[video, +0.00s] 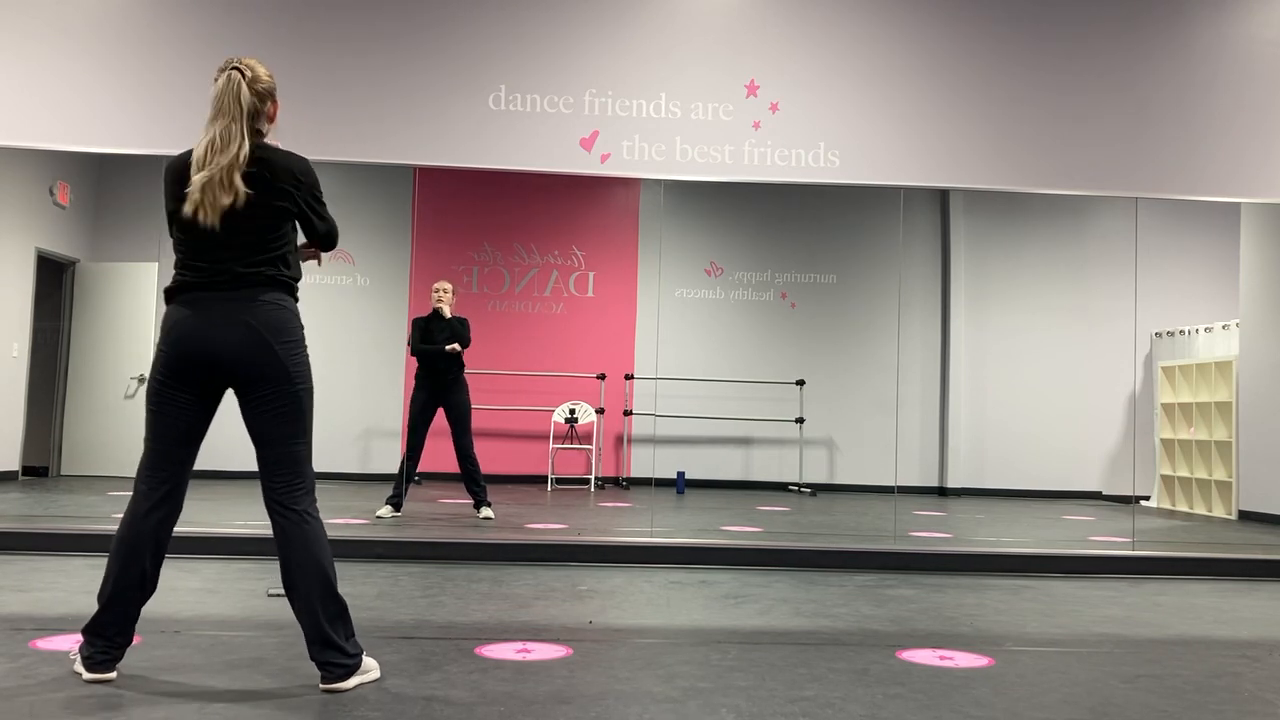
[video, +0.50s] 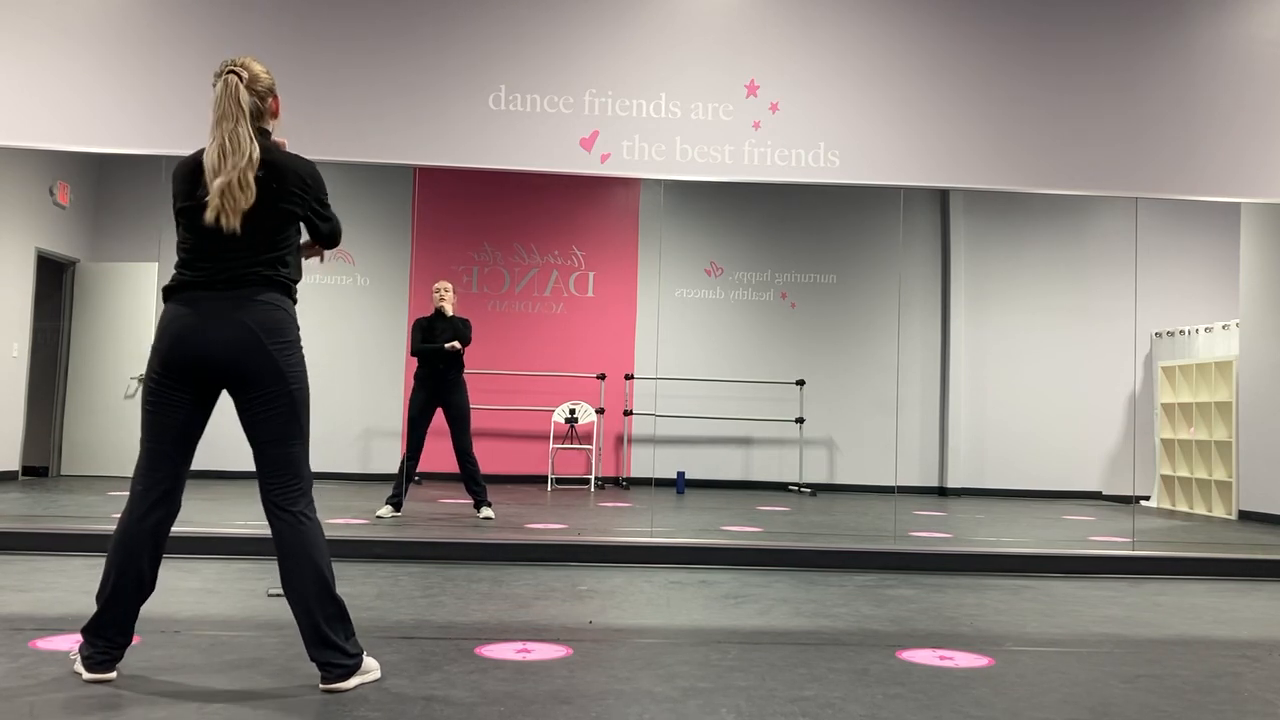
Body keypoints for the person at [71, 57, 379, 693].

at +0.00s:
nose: (280, 115)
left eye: (277, 106)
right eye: (279, 106)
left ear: (217, 105)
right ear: (269, 110)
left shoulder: (179, 169)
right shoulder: (289, 169)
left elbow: (193, 245)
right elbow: (326, 239)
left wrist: (286, 250)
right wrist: (277, 251)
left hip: (188, 327)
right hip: (268, 327)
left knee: (155, 489)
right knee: (292, 497)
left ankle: (101, 649)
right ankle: (338, 658)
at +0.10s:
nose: (281, 113)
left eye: (279, 103)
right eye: (280, 104)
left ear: (216, 105)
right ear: (268, 108)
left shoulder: (183, 171)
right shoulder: (290, 169)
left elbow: (190, 244)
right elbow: (329, 242)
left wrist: (294, 253)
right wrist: (295, 248)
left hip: (200, 330)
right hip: (278, 327)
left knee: (166, 491)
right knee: (299, 497)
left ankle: (101, 648)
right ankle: (338, 659)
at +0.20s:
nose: (281, 116)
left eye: (279, 107)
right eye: (280, 107)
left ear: (215, 107)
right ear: (267, 110)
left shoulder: (182, 178)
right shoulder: (286, 173)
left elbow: (191, 252)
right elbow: (325, 249)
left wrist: (296, 264)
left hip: (211, 333)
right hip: (287, 329)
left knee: (179, 492)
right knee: (308, 495)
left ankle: (102, 647)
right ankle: (339, 659)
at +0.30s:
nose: (283, 113)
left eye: (280, 103)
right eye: (281, 104)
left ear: (217, 105)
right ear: (268, 107)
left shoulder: (186, 175)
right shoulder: (290, 169)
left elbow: (187, 248)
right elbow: (332, 242)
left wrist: (293, 259)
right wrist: (315, 242)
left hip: (207, 331)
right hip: (284, 328)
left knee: (173, 490)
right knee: (304, 495)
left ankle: (102, 648)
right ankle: (338, 659)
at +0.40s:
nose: (284, 113)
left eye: (280, 103)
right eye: (282, 103)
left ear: (219, 107)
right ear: (272, 107)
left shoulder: (189, 171)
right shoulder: (292, 166)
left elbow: (212, 241)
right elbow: (336, 233)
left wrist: (303, 245)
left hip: (194, 327)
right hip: (272, 327)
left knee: (160, 491)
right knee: (296, 497)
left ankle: (100, 649)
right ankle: (338, 659)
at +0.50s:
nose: (283, 113)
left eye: (279, 103)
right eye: (282, 103)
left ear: (219, 109)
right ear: (272, 109)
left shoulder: (186, 170)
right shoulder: (296, 171)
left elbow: (201, 241)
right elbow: (330, 237)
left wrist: (296, 247)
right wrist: (292, 243)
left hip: (183, 325)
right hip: (264, 325)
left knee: (152, 491)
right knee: (290, 498)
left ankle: (100, 649)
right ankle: (338, 658)